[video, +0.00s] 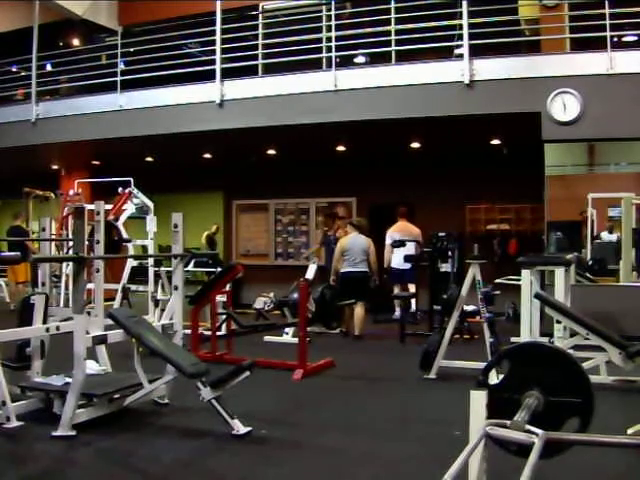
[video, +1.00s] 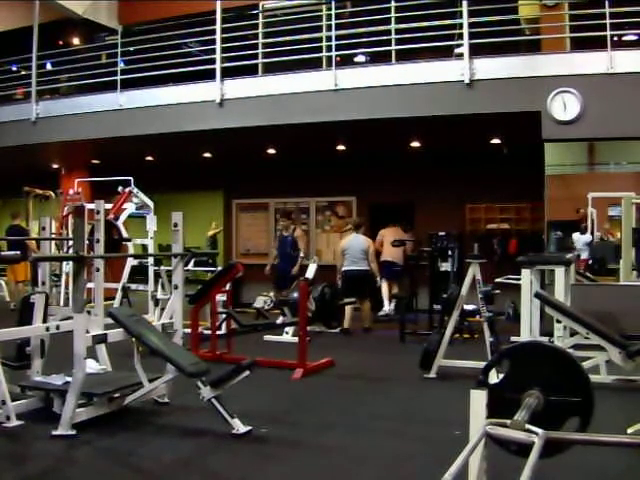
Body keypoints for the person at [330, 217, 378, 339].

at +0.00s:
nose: (346, 229)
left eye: (348, 228)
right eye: (347, 227)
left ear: (350, 228)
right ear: (360, 229)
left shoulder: (343, 241)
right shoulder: (368, 241)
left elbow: (336, 261)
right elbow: (373, 261)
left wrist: (333, 274)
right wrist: (375, 275)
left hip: (346, 273)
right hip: (362, 273)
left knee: (347, 303)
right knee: (360, 303)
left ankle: (345, 328)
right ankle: (357, 332)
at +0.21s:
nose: (344, 230)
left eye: (345, 228)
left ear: (347, 229)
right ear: (358, 229)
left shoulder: (339, 242)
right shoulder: (365, 242)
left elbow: (334, 262)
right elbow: (369, 262)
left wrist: (331, 276)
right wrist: (373, 275)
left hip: (343, 273)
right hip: (359, 273)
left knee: (345, 303)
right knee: (358, 303)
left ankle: (345, 327)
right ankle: (357, 330)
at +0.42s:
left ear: (344, 227)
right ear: (355, 227)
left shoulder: (336, 241)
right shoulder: (361, 241)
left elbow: (331, 260)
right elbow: (366, 261)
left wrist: (329, 275)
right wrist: (371, 275)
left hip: (341, 272)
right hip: (356, 272)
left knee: (345, 303)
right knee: (360, 301)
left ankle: (345, 328)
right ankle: (358, 323)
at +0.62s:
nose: (355, 229)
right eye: (355, 227)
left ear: (345, 227)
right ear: (355, 227)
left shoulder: (336, 241)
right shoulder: (360, 240)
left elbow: (332, 260)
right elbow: (364, 259)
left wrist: (332, 276)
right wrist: (369, 272)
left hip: (341, 271)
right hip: (356, 271)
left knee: (346, 301)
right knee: (362, 298)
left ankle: (345, 327)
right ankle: (363, 324)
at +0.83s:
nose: (358, 230)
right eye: (358, 228)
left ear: (347, 228)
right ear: (357, 228)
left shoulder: (339, 241)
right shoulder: (363, 241)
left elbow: (334, 257)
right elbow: (367, 260)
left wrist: (336, 269)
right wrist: (371, 274)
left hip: (344, 271)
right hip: (359, 271)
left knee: (347, 302)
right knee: (362, 300)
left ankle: (345, 328)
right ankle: (367, 323)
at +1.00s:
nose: (364, 229)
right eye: (363, 228)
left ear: (352, 228)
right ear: (362, 228)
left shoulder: (344, 242)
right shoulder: (368, 241)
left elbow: (339, 261)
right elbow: (372, 261)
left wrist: (338, 274)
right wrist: (377, 275)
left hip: (348, 272)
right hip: (364, 272)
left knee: (349, 301)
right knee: (365, 300)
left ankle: (346, 326)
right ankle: (367, 324)